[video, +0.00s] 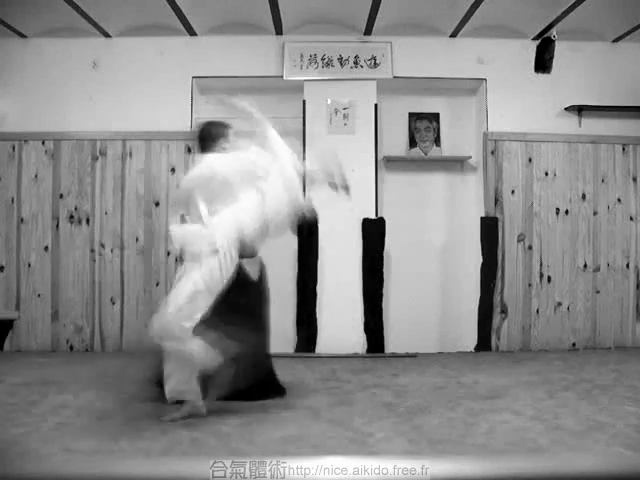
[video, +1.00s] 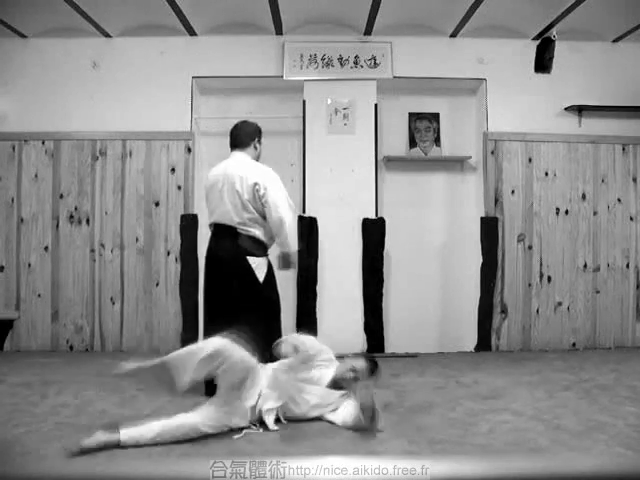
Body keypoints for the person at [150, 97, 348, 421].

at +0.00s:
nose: (232, 142)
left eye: (229, 138)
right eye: (229, 138)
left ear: (200, 145)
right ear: (224, 140)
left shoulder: (194, 178)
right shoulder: (245, 164)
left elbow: (190, 225)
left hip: (213, 258)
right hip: (246, 258)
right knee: (250, 322)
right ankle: (256, 380)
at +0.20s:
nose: (255, 147)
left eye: (253, 142)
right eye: (254, 142)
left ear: (225, 143)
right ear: (249, 143)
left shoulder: (205, 175)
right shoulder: (262, 173)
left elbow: (200, 221)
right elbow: (278, 216)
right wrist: (276, 252)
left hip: (216, 248)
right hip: (252, 248)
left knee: (221, 311)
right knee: (260, 310)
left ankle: (221, 382)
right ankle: (263, 382)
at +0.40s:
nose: (266, 150)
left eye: (266, 145)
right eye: (266, 145)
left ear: (237, 143)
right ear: (261, 144)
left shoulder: (215, 173)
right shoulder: (267, 180)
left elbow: (207, 218)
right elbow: (272, 229)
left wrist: (204, 252)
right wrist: (269, 261)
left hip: (217, 248)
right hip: (245, 251)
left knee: (217, 313)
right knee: (247, 319)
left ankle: (214, 373)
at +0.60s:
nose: (264, 149)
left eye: (264, 144)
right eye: (264, 144)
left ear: (235, 143)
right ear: (259, 143)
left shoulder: (216, 174)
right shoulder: (264, 178)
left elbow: (219, 215)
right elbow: (279, 229)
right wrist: (296, 262)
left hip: (220, 249)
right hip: (252, 253)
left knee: (222, 317)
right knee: (262, 318)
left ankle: (221, 378)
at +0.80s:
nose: (262, 149)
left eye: (261, 145)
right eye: (261, 145)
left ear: (232, 144)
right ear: (256, 143)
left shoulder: (215, 173)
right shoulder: (261, 174)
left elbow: (218, 214)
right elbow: (282, 215)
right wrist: (301, 252)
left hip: (218, 251)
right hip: (250, 252)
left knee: (221, 319)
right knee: (265, 318)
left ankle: (218, 388)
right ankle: (263, 384)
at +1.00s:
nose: (261, 150)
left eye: (260, 145)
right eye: (261, 145)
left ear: (232, 144)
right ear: (255, 144)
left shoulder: (214, 174)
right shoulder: (262, 175)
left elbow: (214, 212)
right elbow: (281, 217)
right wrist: (288, 251)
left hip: (217, 248)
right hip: (249, 252)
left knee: (218, 313)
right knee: (263, 315)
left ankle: (214, 381)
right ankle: (262, 381)